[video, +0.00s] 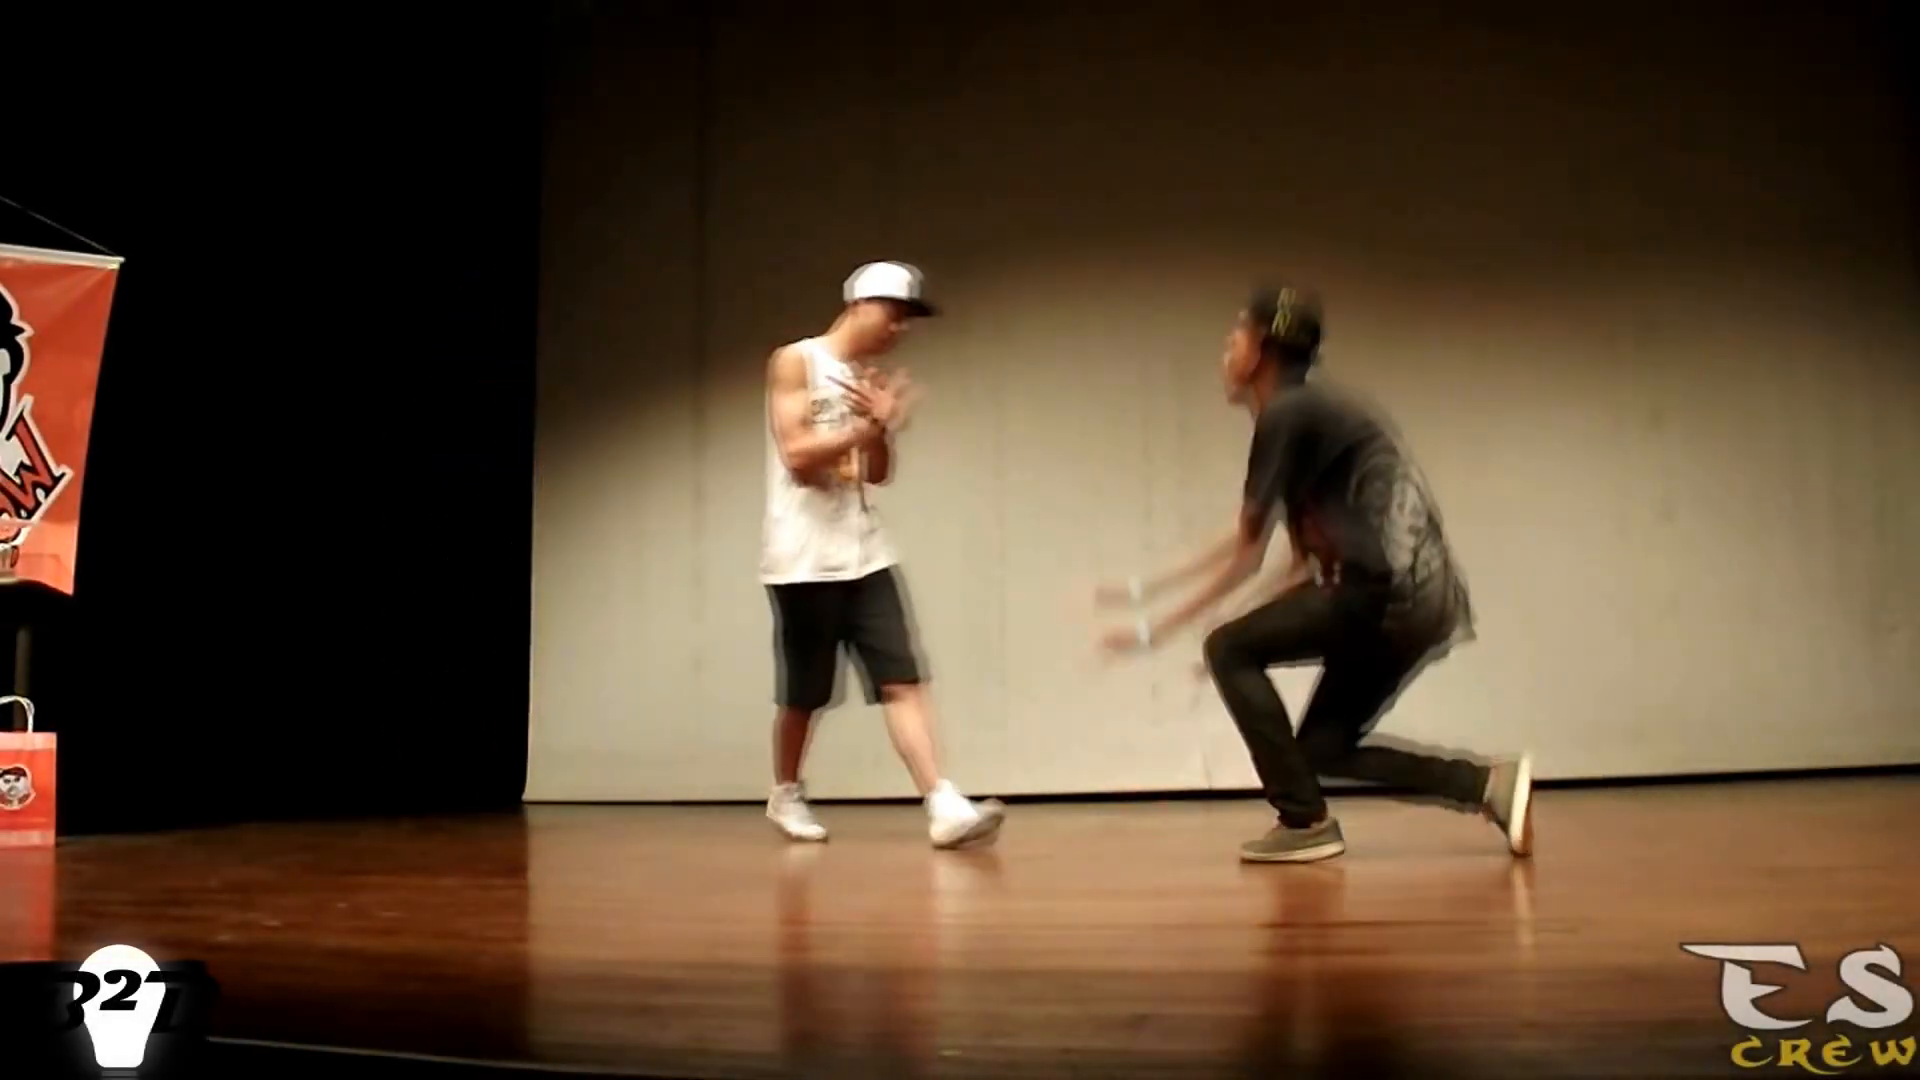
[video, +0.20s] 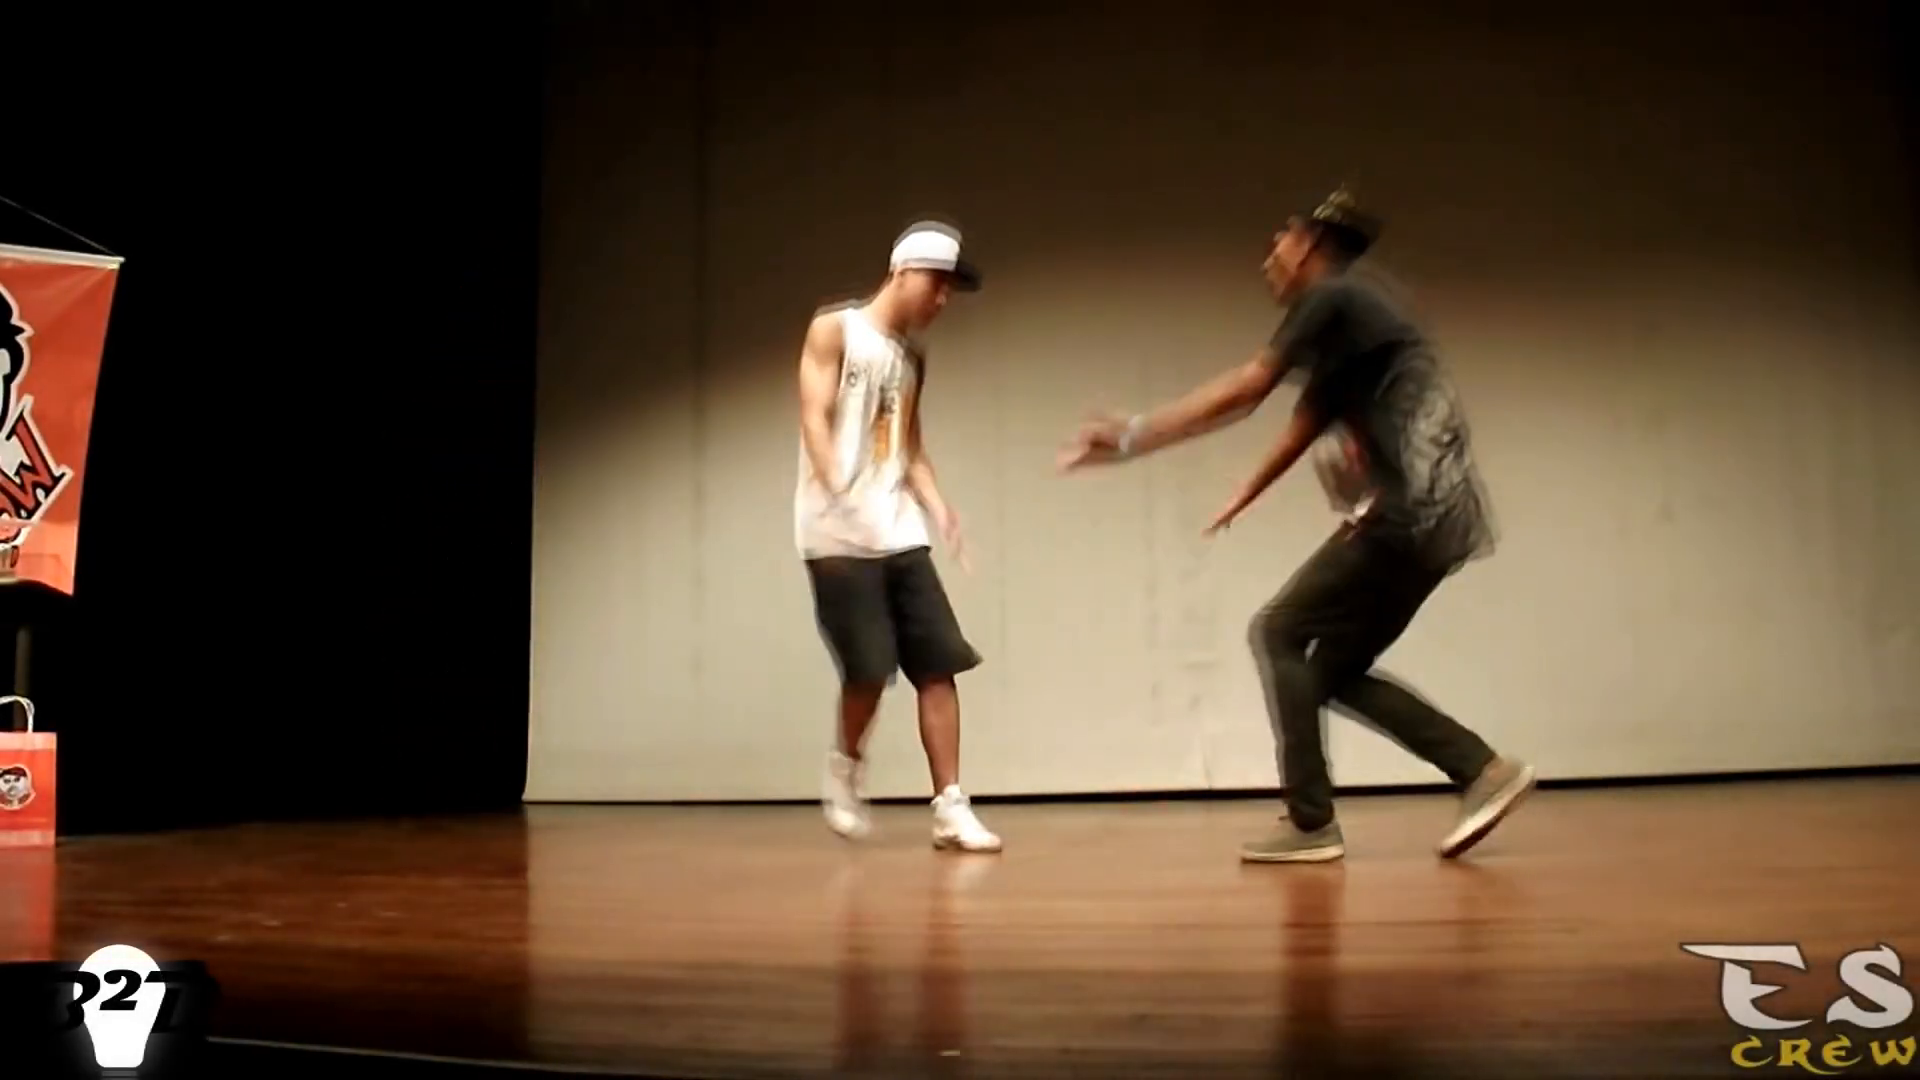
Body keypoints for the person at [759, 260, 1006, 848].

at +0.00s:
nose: (900, 330)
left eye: (906, 320)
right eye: (894, 315)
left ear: (897, 321)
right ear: (862, 305)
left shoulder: (876, 379)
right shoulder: (795, 362)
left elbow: (877, 474)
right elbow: (797, 454)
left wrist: (881, 424)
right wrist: (865, 428)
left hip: (863, 552)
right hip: (802, 556)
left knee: (900, 676)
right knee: (805, 689)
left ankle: (944, 805)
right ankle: (785, 796)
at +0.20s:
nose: (942, 304)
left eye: (948, 293)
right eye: (937, 288)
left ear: (935, 288)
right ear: (902, 273)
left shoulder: (911, 356)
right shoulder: (833, 329)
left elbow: (911, 450)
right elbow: (814, 421)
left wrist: (938, 507)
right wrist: (837, 491)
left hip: (900, 531)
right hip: (838, 534)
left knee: (937, 664)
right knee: (870, 667)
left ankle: (950, 804)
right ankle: (845, 769)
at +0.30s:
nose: (949, 271)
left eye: (955, 259)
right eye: (943, 254)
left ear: (939, 259)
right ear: (906, 245)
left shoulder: (914, 334)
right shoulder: (835, 306)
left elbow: (915, 442)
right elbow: (794, 398)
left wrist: (936, 533)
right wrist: (755, 489)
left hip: (901, 514)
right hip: (837, 509)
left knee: (937, 653)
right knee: (867, 647)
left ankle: (949, 800)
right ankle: (864, 795)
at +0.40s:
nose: (948, 252)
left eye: (952, 241)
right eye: (938, 236)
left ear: (932, 248)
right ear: (899, 235)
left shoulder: (908, 324)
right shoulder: (830, 299)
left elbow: (883, 413)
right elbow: (760, 378)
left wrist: (895, 487)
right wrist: (689, 458)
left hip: (898, 506)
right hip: (837, 502)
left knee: (943, 650)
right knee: (860, 640)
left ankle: (942, 802)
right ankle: (847, 801)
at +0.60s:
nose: (908, 231)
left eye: (908, 220)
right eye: (894, 217)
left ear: (870, 227)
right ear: (850, 221)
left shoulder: (856, 314)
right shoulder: (792, 284)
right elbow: (700, 346)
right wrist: (593, 407)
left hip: (848, 510)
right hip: (791, 503)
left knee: (898, 655)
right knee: (846, 646)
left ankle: (935, 807)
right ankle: (796, 820)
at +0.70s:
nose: (864, 203)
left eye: (863, 190)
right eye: (851, 189)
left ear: (825, 195)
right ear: (808, 189)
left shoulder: (812, 284)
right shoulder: (754, 248)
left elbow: (813, 376)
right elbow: (667, 310)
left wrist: (839, 437)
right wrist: (564, 379)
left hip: (800, 485)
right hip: (748, 478)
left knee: (844, 646)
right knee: (802, 642)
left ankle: (876, 803)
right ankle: (791, 823)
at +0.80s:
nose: (815, 153)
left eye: (814, 141)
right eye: (800, 138)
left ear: (782, 151)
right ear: (756, 143)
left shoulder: (781, 248)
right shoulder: (708, 198)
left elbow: (783, 352)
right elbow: (631, 265)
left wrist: (810, 424)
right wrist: (550, 346)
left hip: (754, 442)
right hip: (697, 437)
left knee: (780, 613)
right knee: (725, 619)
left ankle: (742, 775)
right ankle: (764, 786)